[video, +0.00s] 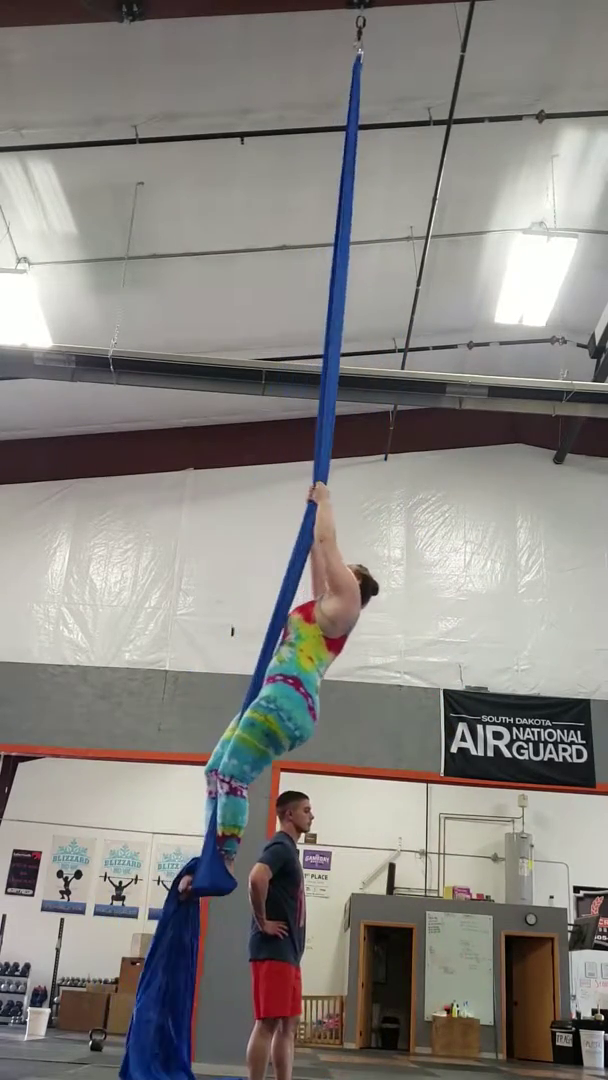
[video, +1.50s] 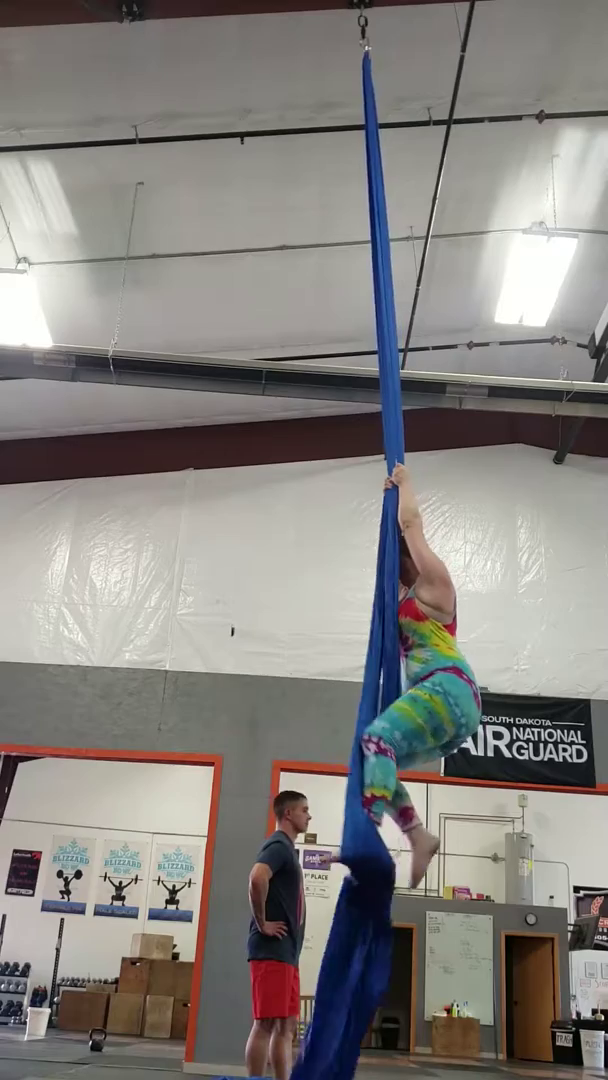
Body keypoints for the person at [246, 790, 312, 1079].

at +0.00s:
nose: (311, 816)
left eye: (310, 811)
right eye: (306, 811)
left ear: (291, 815)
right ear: (288, 814)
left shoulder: (289, 848)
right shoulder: (281, 846)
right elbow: (258, 877)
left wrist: (290, 924)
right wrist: (263, 922)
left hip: (288, 948)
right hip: (273, 947)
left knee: (288, 1024)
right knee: (268, 1023)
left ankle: (283, 1076)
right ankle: (256, 1076)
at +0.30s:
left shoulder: (295, 865)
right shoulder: (274, 865)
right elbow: (252, 893)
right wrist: (263, 924)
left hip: (290, 949)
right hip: (270, 947)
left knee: (288, 1024)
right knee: (266, 1023)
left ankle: (284, 1076)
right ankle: (255, 1075)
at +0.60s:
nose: (310, 816)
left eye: (309, 810)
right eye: (305, 810)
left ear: (290, 815)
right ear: (288, 814)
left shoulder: (287, 847)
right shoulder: (281, 847)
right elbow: (258, 878)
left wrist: (293, 925)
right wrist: (263, 924)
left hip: (281, 951)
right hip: (273, 952)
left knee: (284, 1029)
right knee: (272, 1030)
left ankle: (283, 1074)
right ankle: (271, 1074)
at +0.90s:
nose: (309, 815)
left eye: (308, 810)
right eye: (304, 810)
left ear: (289, 814)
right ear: (287, 813)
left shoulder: (288, 848)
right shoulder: (280, 846)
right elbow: (257, 878)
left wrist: (289, 925)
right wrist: (263, 923)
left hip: (286, 950)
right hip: (272, 949)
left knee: (287, 1024)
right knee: (266, 1024)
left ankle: (284, 1078)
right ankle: (255, 1079)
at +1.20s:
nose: (308, 812)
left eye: (306, 807)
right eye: (303, 807)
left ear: (289, 814)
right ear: (287, 813)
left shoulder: (288, 848)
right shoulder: (280, 846)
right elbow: (257, 877)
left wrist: (290, 926)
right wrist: (262, 922)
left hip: (286, 951)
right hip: (271, 949)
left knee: (288, 1024)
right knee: (266, 1024)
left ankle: (280, 1078)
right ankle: (255, 1079)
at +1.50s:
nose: (309, 816)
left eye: (308, 811)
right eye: (305, 811)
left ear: (289, 814)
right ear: (288, 813)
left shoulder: (288, 848)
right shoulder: (279, 845)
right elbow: (258, 877)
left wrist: (291, 925)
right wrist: (263, 923)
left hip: (286, 950)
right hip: (271, 948)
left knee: (287, 1025)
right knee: (265, 1024)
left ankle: (283, 1077)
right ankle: (256, 1077)